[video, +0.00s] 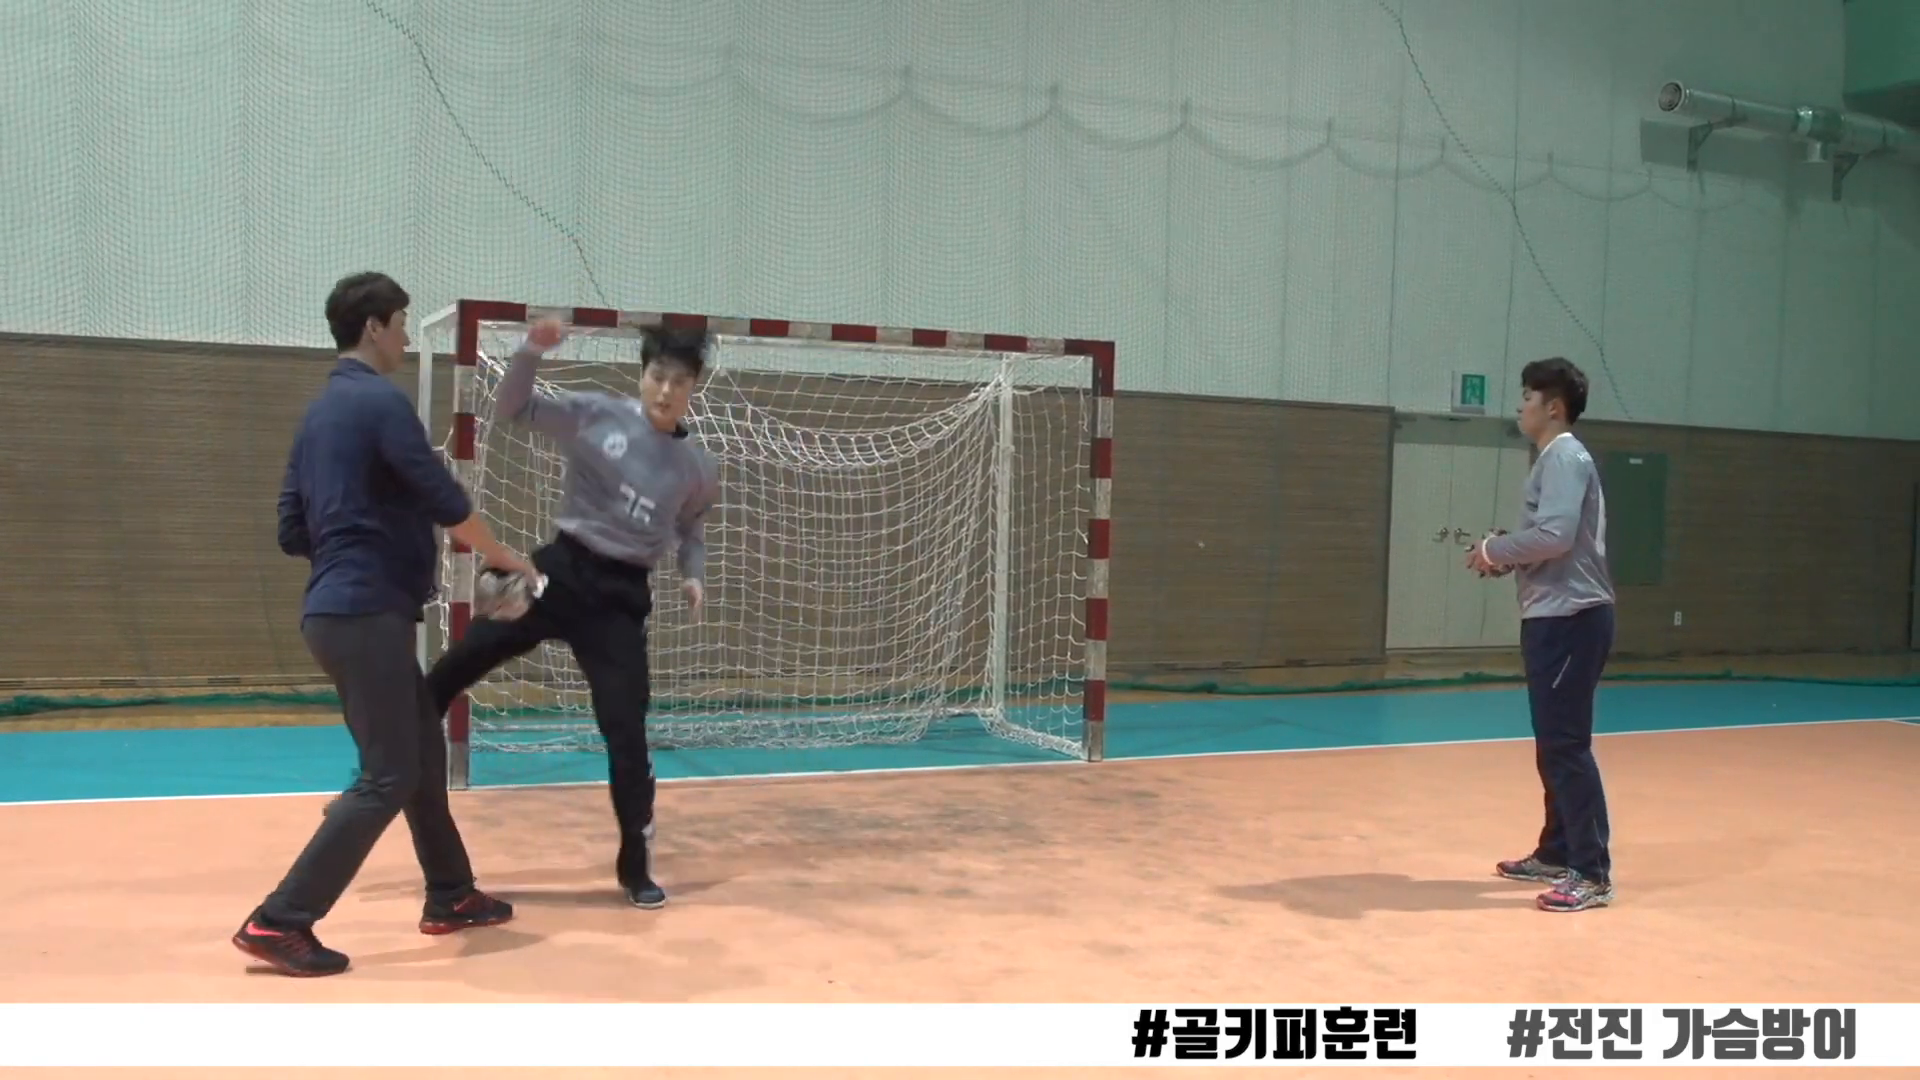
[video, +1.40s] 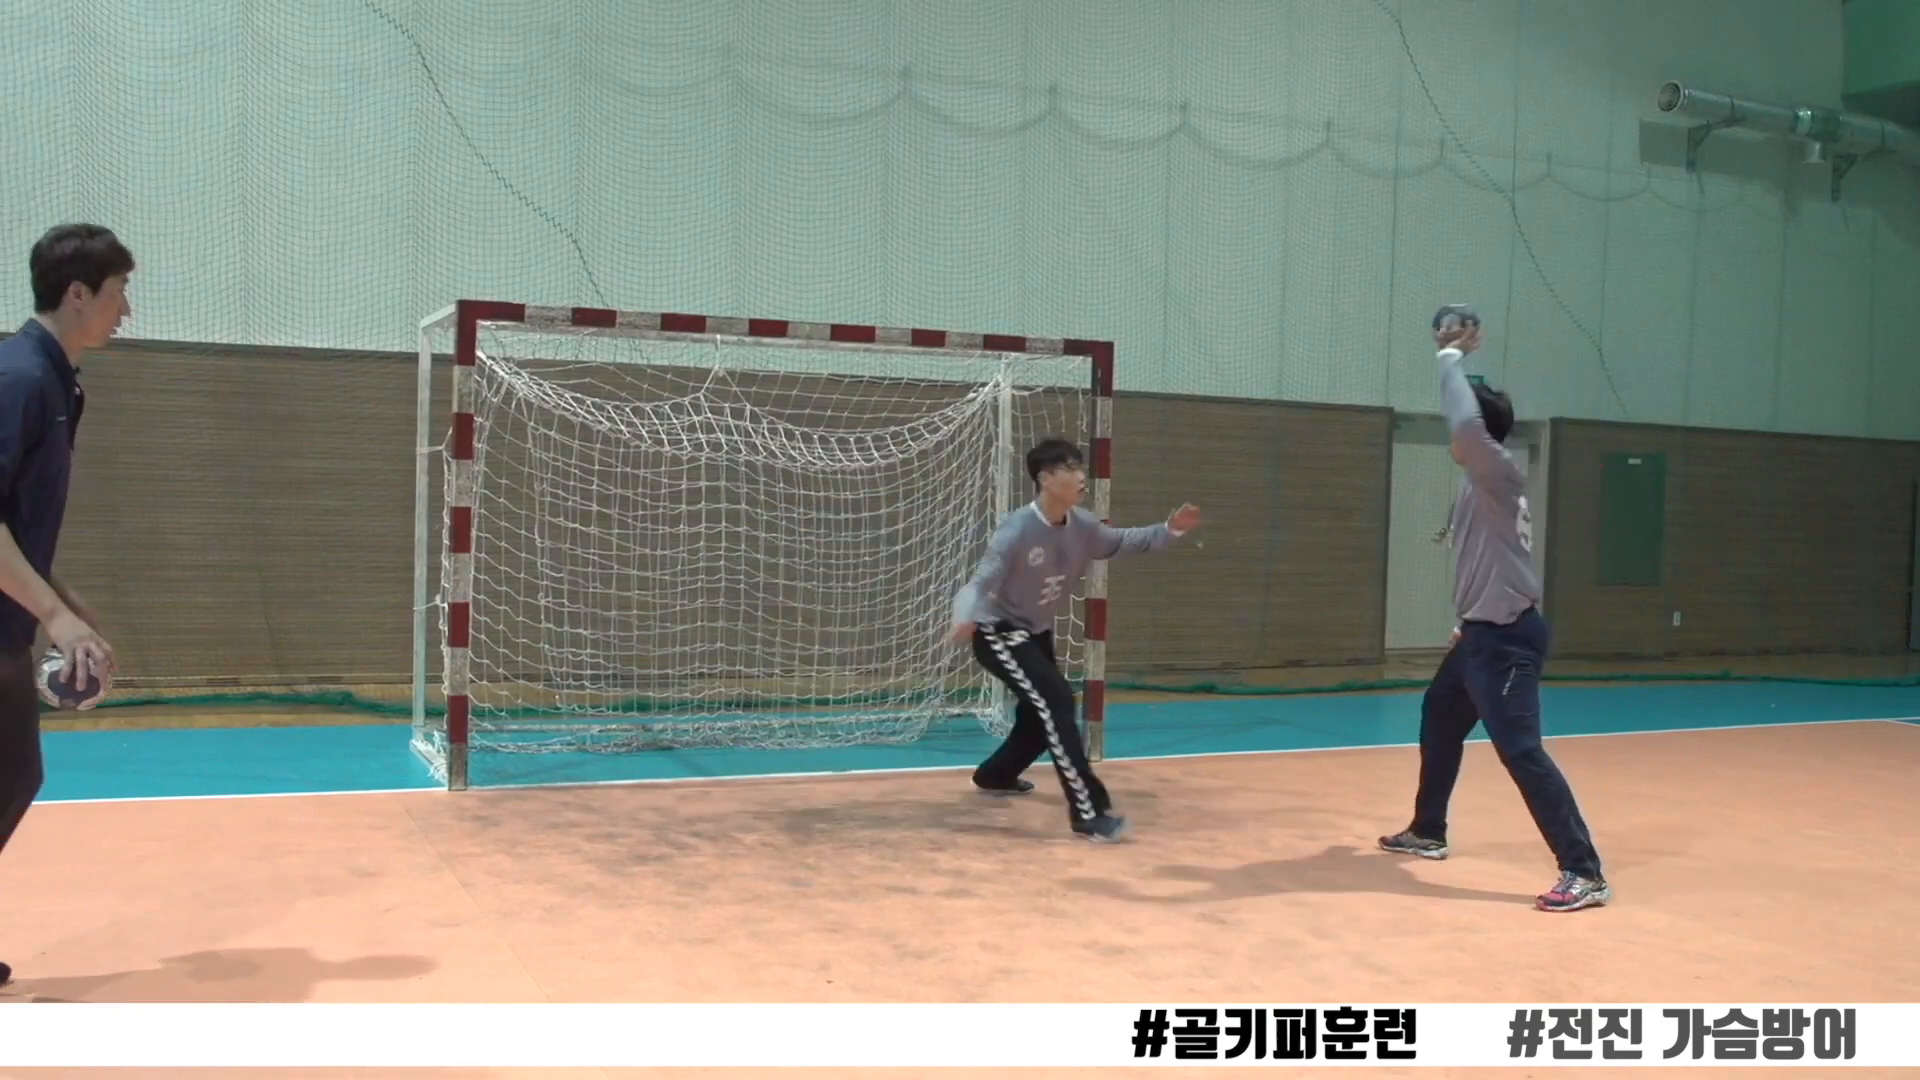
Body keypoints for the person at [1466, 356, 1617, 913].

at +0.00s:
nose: (1520, 406)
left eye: (1528, 397)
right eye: (1522, 397)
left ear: (1554, 404)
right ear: (1552, 405)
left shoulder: (1566, 455)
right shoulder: (1550, 458)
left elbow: (1557, 537)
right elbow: (1547, 535)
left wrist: (1499, 551)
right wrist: (1501, 552)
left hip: (1571, 618)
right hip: (1551, 618)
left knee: (1566, 744)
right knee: (1553, 743)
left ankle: (1592, 875)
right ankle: (1557, 855)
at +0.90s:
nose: (1501, 415)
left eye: (1509, 407)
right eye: (1503, 406)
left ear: (1538, 415)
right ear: (1526, 414)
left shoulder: (1581, 476)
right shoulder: (1505, 475)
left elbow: (1626, 547)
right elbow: (1485, 538)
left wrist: (1553, 585)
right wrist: (1476, 570)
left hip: (1574, 633)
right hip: (1522, 631)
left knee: (1561, 746)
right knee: (1525, 744)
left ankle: (1592, 877)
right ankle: (1555, 852)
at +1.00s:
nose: (1495, 416)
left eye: (1502, 408)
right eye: (1497, 407)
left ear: (1530, 415)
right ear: (1522, 415)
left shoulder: (1573, 474)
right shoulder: (1501, 475)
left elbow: (1637, 526)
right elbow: (1483, 541)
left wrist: (1600, 566)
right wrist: (1460, 585)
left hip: (1566, 635)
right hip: (1516, 634)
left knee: (1557, 745)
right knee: (1507, 732)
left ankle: (1591, 877)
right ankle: (1550, 843)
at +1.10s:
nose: (1489, 421)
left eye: (1496, 413)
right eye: (1490, 412)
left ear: (1523, 418)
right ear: (1512, 418)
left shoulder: (1570, 478)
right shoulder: (1496, 480)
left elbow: (1621, 507)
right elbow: (1480, 553)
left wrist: (1626, 497)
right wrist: (1446, 603)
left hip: (1562, 634)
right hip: (1510, 632)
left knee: (1552, 746)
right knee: (1478, 721)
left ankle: (1591, 877)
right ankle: (1530, 828)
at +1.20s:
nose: (1478, 431)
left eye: (1483, 421)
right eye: (1479, 422)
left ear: (1506, 425)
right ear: (1508, 425)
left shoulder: (1558, 476)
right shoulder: (1490, 487)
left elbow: (1605, 472)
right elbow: (1481, 565)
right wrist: (1446, 617)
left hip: (1551, 635)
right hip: (1503, 634)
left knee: (1541, 746)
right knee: (1469, 719)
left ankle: (1590, 877)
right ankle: (1479, 833)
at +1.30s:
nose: (1467, 435)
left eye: (1471, 425)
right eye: (1469, 426)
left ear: (1491, 426)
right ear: (1497, 428)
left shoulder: (1533, 478)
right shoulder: (1486, 492)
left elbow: (1539, 420)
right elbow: (1478, 566)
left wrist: (1528, 349)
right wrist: (1460, 619)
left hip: (1534, 637)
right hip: (1493, 635)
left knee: (1529, 750)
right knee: (1460, 721)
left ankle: (1587, 875)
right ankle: (1433, 827)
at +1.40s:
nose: (1459, 431)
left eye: (1469, 423)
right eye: (1461, 423)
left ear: (1486, 428)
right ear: (1488, 429)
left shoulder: (1501, 476)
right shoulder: (1479, 481)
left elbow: (1465, 427)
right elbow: (1484, 564)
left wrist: (1448, 357)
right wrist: (1466, 625)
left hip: (1506, 634)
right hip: (1479, 632)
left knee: (1521, 750)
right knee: (1440, 720)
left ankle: (1584, 873)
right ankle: (1428, 831)